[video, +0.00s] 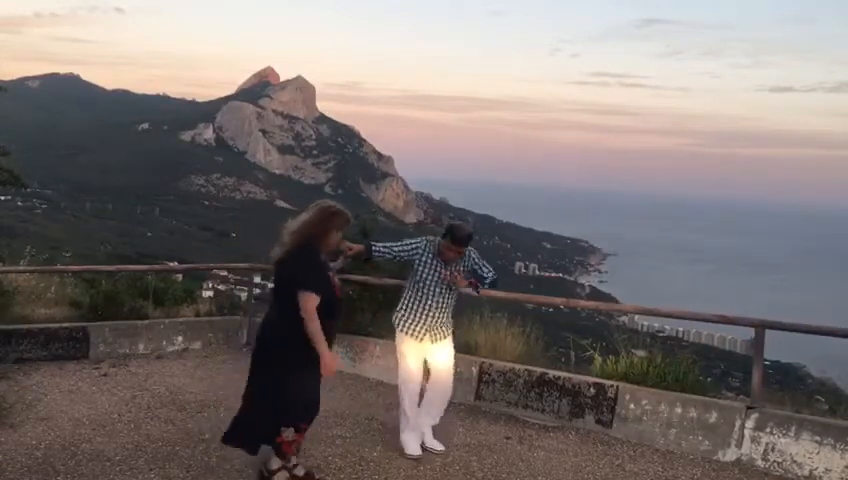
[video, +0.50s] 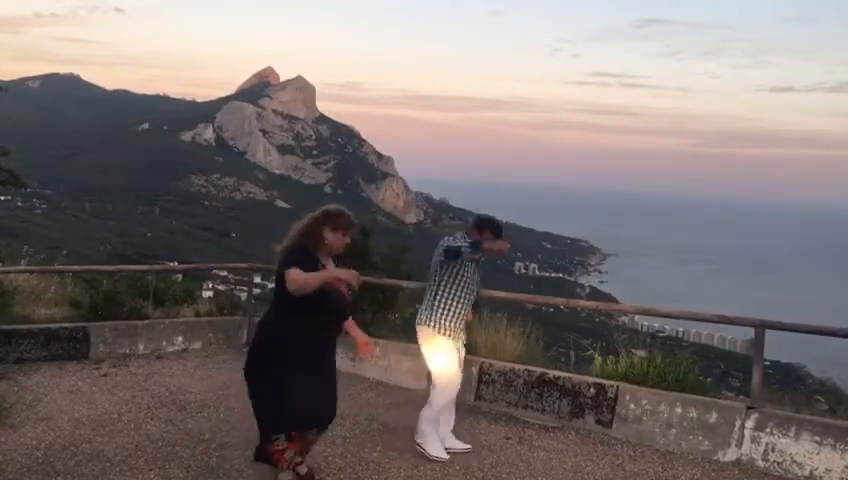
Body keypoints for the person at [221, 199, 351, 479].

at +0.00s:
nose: (340, 239)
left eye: (341, 233)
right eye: (338, 233)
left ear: (314, 225)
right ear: (326, 231)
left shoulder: (296, 254)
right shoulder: (310, 262)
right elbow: (308, 313)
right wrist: (325, 353)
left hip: (280, 339)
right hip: (297, 344)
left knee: (287, 399)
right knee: (304, 404)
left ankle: (279, 457)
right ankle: (283, 461)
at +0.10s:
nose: (341, 241)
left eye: (343, 236)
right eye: (339, 235)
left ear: (321, 230)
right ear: (325, 230)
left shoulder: (298, 254)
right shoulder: (309, 260)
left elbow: (300, 293)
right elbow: (306, 308)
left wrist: (332, 284)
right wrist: (330, 342)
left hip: (284, 340)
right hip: (301, 344)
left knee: (286, 400)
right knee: (313, 408)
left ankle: (277, 457)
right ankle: (286, 464)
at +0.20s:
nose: (344, 239)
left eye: (347, 234)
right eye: (343, 233)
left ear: (323, 228)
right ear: (328, 228)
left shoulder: (306, 254)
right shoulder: (309, 256)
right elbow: (305, 298)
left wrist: (339, 297)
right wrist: (338, 319)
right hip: (301, 343)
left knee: (279, 400)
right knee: (311, 401)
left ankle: (284, 463)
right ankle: (295, 462)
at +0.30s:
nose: (347, 238)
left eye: (349, 233)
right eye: (346, 231)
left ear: (330, 228)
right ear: (331, 226)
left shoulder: (322, 257)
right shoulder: (303, 250)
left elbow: (316, 295)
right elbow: (303, 289)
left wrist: (337, 318)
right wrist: (344, 296)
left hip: (311, 345)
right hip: (287, 345)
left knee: (308, 406)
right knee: (290, 407)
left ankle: (298, 465)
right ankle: (287, 468)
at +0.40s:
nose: (349, 239)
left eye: (350, 234)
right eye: (346, 232)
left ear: (330, 229)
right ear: (329, 226)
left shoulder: (324, 258)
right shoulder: (302, 248)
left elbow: (320, 300)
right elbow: (299, 283)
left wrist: (342, 323)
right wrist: (342, 278)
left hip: (311, 346)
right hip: (286, 346)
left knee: (305, 406)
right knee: (287, 406)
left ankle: (295, 462)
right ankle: (282, 465)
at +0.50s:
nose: (346, 242)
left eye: (348, 237)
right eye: (343, 235)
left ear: (330, 234)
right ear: (326, 230)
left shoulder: (329, 266)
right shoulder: (298, 253)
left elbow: (335, 309)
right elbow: (294, 284)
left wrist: (358, 335)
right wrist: (332, 274)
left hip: (316, 352)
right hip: (283, 350)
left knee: (322, 412)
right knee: (290, 412)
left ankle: (295, 460)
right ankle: (285, 468)